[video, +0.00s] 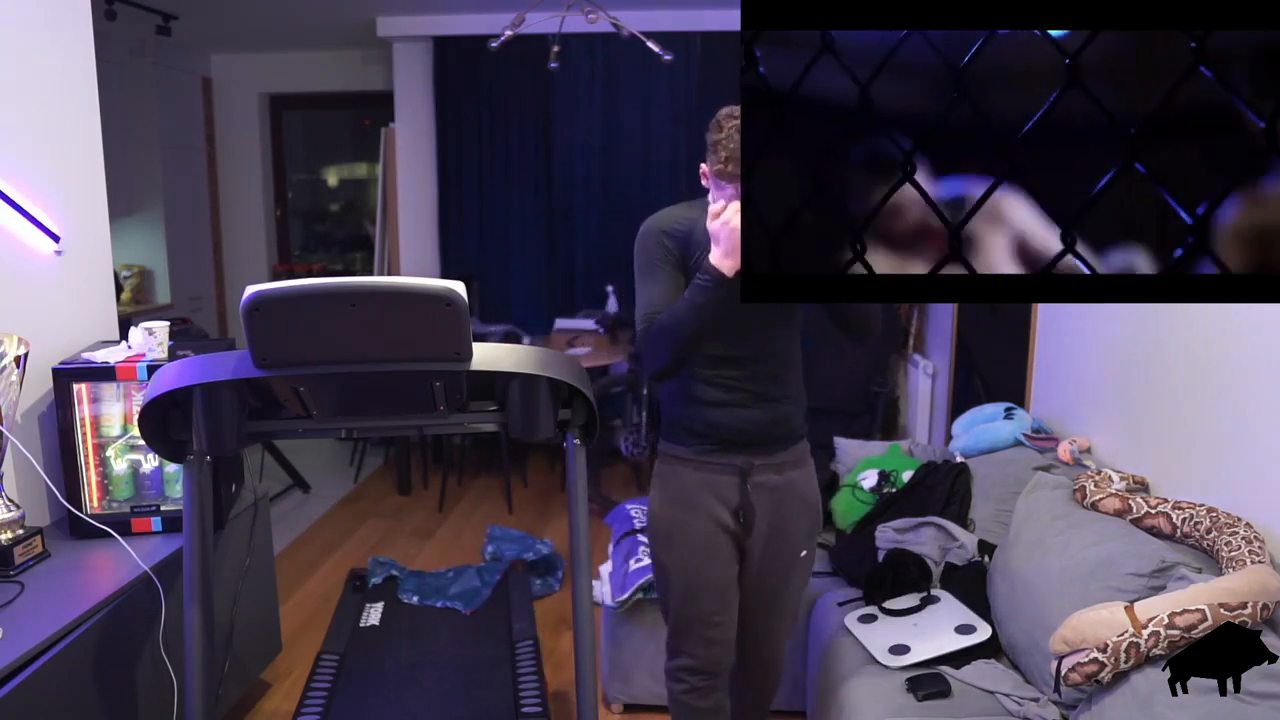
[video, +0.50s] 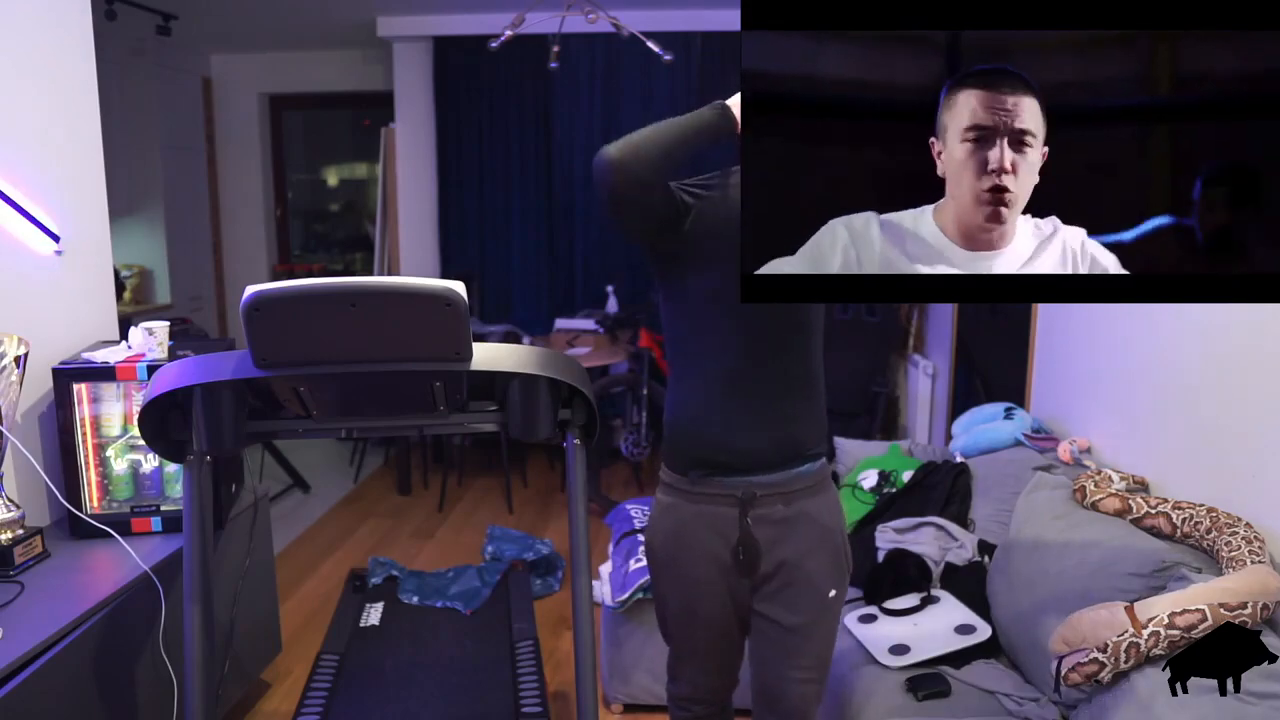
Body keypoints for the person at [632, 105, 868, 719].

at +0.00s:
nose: (736, 197)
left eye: (751, 182)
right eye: (725, 180)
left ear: (777, 180)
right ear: (706, 174)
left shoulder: (792, 230)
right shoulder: (667, 233)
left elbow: (865, 326)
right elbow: (654, 356)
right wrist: (720, 265)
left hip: (788, 477)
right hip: (693, 477)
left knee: (765, 669)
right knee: (701, 666)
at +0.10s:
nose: (748, 185)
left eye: (756, 173)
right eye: (739, 171)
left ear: (773, 179)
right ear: (708, 176)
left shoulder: (789, 225)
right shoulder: (664, 230)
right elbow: (663, 329)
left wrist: (787, 196)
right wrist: (727, 227)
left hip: (788, 476)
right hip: (691, 480)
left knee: (782, 668)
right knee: (700, 670)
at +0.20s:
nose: (744, 151)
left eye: (755, 141)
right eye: (733, 138)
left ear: (774, 155)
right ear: (708, 150)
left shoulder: (786, 215)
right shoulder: (660, 223)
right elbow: (657, 304)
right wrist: (721, 190)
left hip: (790, 479)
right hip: (689, 486)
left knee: (801, 663)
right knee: (699, 678)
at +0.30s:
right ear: (730, 141)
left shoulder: (794, 210)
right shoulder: (669, 212)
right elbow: (634, 270)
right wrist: (722, 161)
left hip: (794, 480)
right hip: (691, 490)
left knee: (805, 680)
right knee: (701, 689)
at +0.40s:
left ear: (804, 137)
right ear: (740, 134)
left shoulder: (806, 207)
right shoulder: (681, 207)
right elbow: (621, 225)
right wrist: (724, 125)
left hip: (800, 493)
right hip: (693, 500)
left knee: (798, 703)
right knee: (697, 699)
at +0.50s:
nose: (774, 133)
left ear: (810, 132)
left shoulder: (820, 210)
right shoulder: (681, 212)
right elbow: (617, 164)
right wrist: (728, 114)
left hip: (803, 504)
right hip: (693, 508)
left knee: (792, 704)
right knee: (697, 702)